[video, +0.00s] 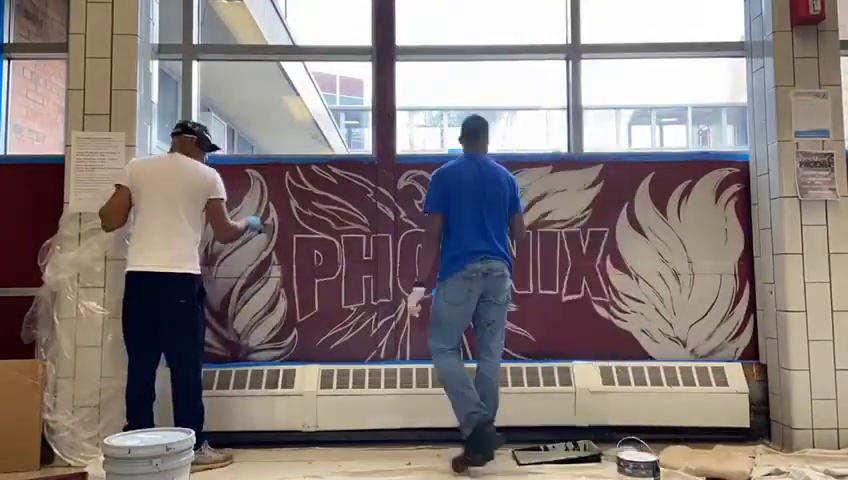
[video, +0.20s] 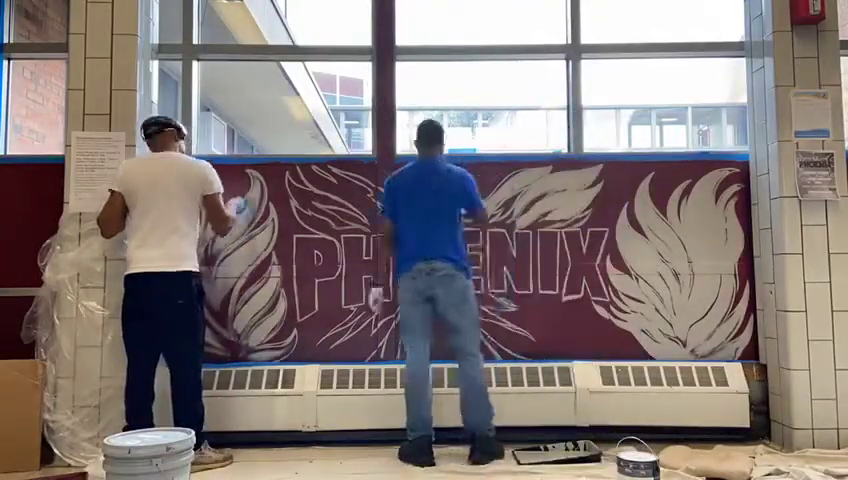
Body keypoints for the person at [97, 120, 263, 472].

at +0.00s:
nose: (206, 157)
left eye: (207, 153)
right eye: (205, 152)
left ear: (175, 141)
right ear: (193, 143)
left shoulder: (139, 168)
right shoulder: (207, 176)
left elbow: (108, 220)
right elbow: (225, 232)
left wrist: (131, 196)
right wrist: (248, 222)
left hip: (138, 282)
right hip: (181, 284)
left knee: (140, 368)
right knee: (187, 371)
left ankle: (139, 449)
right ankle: (194, 448)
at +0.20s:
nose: (184, 147)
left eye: (181, 142)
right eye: (183, 141)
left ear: (149, 143)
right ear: (179, 138)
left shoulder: (130, 170)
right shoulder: (200, 169)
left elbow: (107, 226)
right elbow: (221, 224)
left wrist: (131, 203)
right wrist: (230, 210)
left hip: (139, 283)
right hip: (182, 283)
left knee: (139, 368)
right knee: (186, 368)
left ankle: (138, 449)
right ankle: (194, 448)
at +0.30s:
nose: (182, 145)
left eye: (179, 140)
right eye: (182, 140)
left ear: (146, 142)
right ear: (178, 138)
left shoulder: (127, 170)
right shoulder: (199, 171)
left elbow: (108, 228)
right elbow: (210, 232)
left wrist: (131, 204)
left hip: (138, 283)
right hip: (180, 283)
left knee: (139, 368)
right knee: (185, 368)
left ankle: (138, 449)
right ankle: (193, 447)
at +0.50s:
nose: (196, 149)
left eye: (195, 143)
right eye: (194, 142)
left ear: (164, 138)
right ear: (184, 139)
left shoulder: (132, 169)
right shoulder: (203, 172)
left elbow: (110, 226)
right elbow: (226, 227)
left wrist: (131, 200)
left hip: (141, 282)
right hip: (183, 282)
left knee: (141, 367)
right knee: (187, 368)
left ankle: (139, 447)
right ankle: (193, 447)